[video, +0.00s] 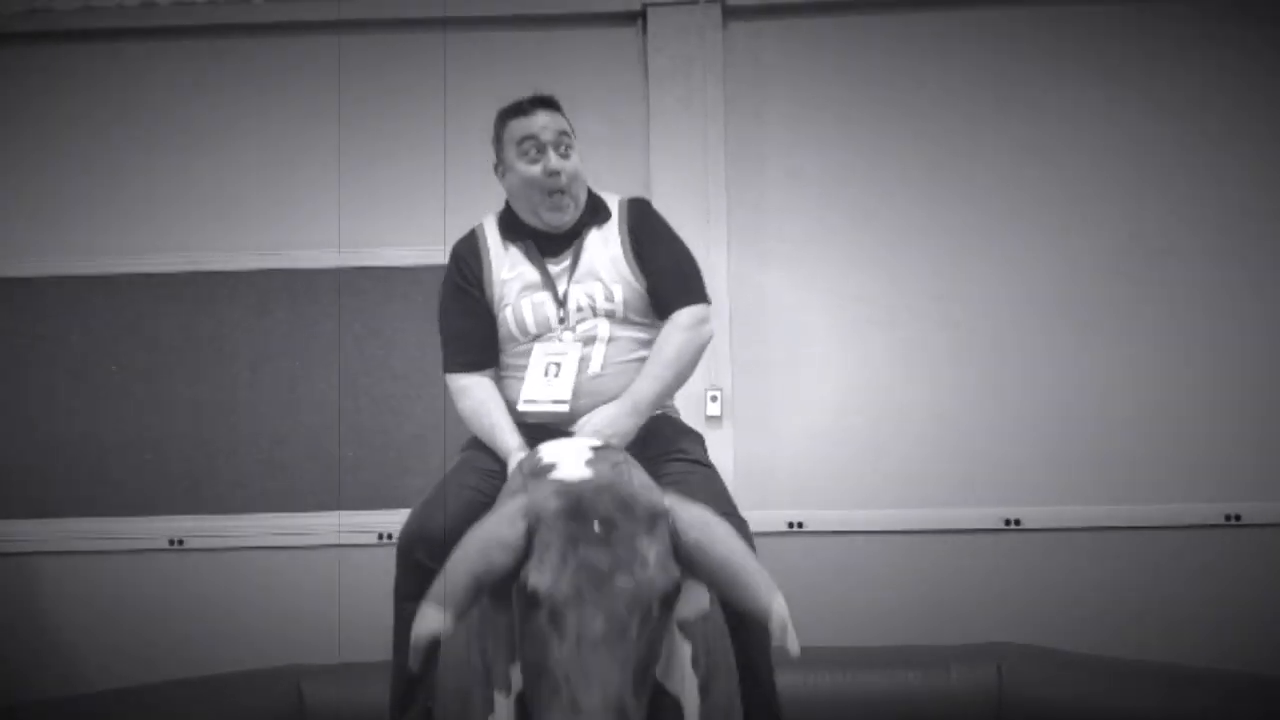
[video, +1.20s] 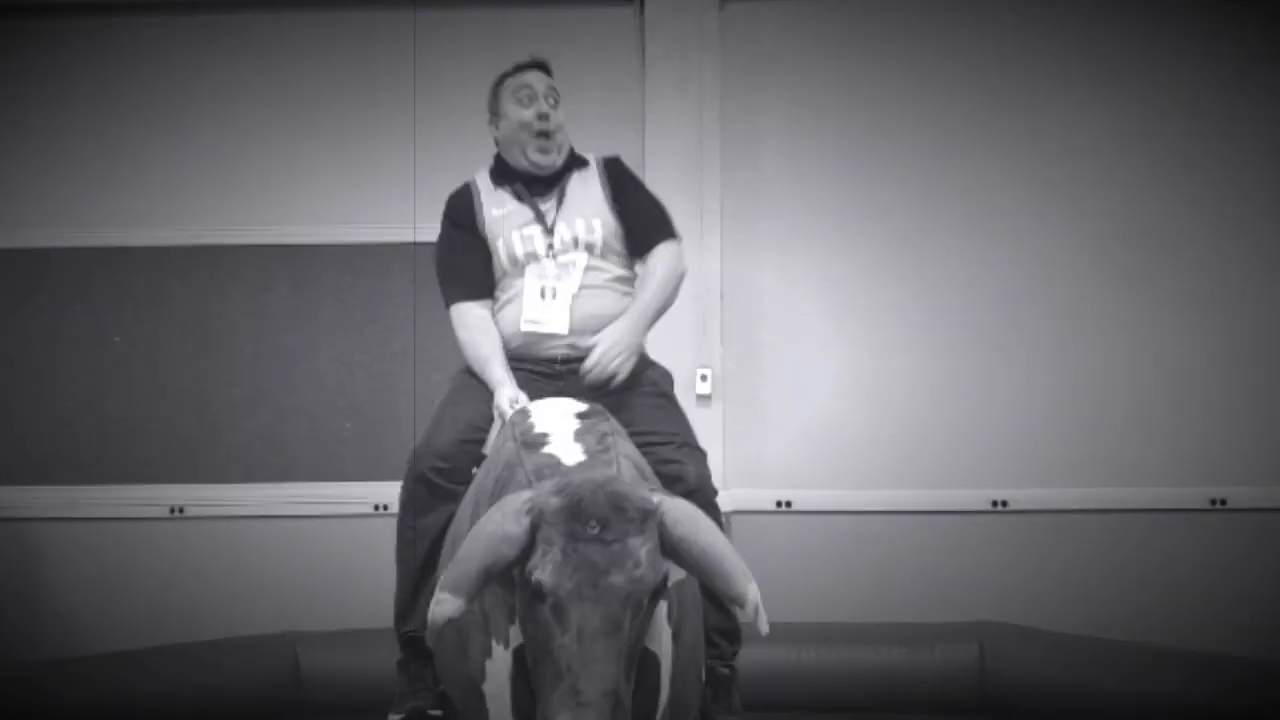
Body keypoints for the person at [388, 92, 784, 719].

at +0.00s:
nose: (553, 164)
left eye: (563, 146)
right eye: (531, 151)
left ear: (580, 156)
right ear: (502, 173)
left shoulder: (632, 221)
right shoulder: (476, 254)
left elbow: (693, 319)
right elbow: (467, 376)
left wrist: (631, 410)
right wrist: (514, 450)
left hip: (641, 428)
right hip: (522, 437)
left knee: (726, 545)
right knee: (424, 542)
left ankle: (758, 708)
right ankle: (411, 707)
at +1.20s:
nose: (545, 112)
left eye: (552, 100)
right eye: (525, 103)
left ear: (566, 116)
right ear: (496, 129)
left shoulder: (609, 178)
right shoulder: (472, 202)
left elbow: (666, 257)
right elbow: (468, 308)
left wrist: (630, 331)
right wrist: (502, 384)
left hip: (615, 363)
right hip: (508, 372)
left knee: (688, 480)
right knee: (432, 469)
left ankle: (716, 665)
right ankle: (420, 664)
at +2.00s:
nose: (519, 51)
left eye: (516, 45)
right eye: (496, 47)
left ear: (527, 66)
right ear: (461, 86)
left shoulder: (596, 112)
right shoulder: (465, 158)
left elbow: (670, 75)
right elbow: (485, 276)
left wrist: (681, 3)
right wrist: (514, 371)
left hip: (637, 328)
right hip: (521, 336)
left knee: (710, 480)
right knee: (438, 466)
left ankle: (730, 666)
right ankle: (419, 669)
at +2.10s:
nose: (508, 45)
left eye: (508, 41)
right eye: (485, 43)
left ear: (523, 66)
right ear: (452, 88)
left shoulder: (593, 112)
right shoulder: (459, 159)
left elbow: (662, 82)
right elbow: (482, 274)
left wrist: (680, 2)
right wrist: (513, 373)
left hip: (636, 326)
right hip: (517, 336)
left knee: (711, 482)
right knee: (437, 469)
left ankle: (731, 664)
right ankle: (417, 665)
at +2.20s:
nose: (503, 44)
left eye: (502, 41)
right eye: (479, 43)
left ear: (516, 67)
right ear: (447, 89)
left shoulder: (588, 112)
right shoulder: (457, 159)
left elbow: (658, 89)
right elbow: (479, 273)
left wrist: (687, 11)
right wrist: (512, 378)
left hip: (636, 327)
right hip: (516, 339)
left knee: (712, 490)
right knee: (436, 479)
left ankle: (729, 676)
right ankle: (419, 675)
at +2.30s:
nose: (499, 47)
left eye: (496, 44)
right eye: (475, 47)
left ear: (514, 69)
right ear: (442, 92)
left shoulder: (586, 115)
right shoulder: (453, 161)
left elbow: (660, 99)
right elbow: (479, 282)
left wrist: (703, 22)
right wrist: (511, 389)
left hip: (637, 334)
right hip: (516, 345)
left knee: (712, 499)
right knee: (434, 486)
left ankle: (732, 678)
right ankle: (416, 679)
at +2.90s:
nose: (493, 60)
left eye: (492, 51)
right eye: (463, 59)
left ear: (513, 71)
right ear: (441, 108)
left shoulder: (593, 133)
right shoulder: (446, 195)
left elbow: (689, 189)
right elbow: (470, 328)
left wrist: (798, 202)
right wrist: (505, 438)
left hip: (636, 388)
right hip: (507, 399)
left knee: (711, 555)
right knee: (417, 542)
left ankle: (739, 712)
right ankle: (402, 710)